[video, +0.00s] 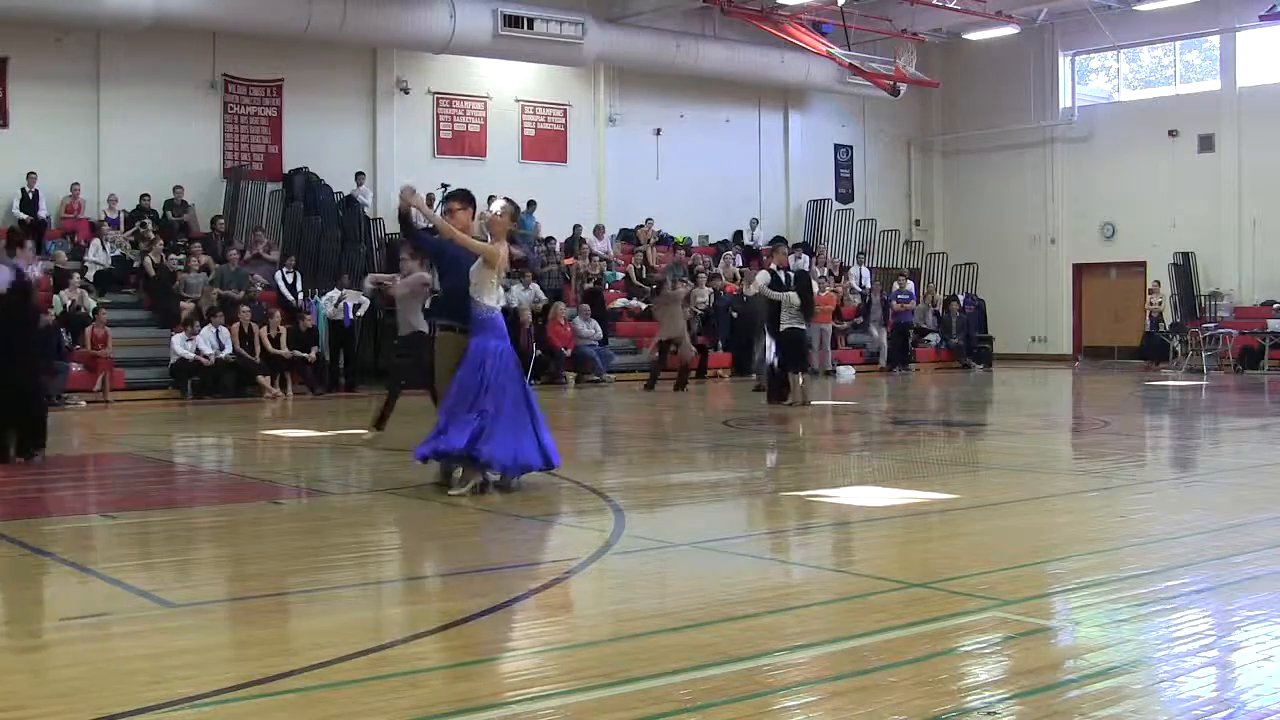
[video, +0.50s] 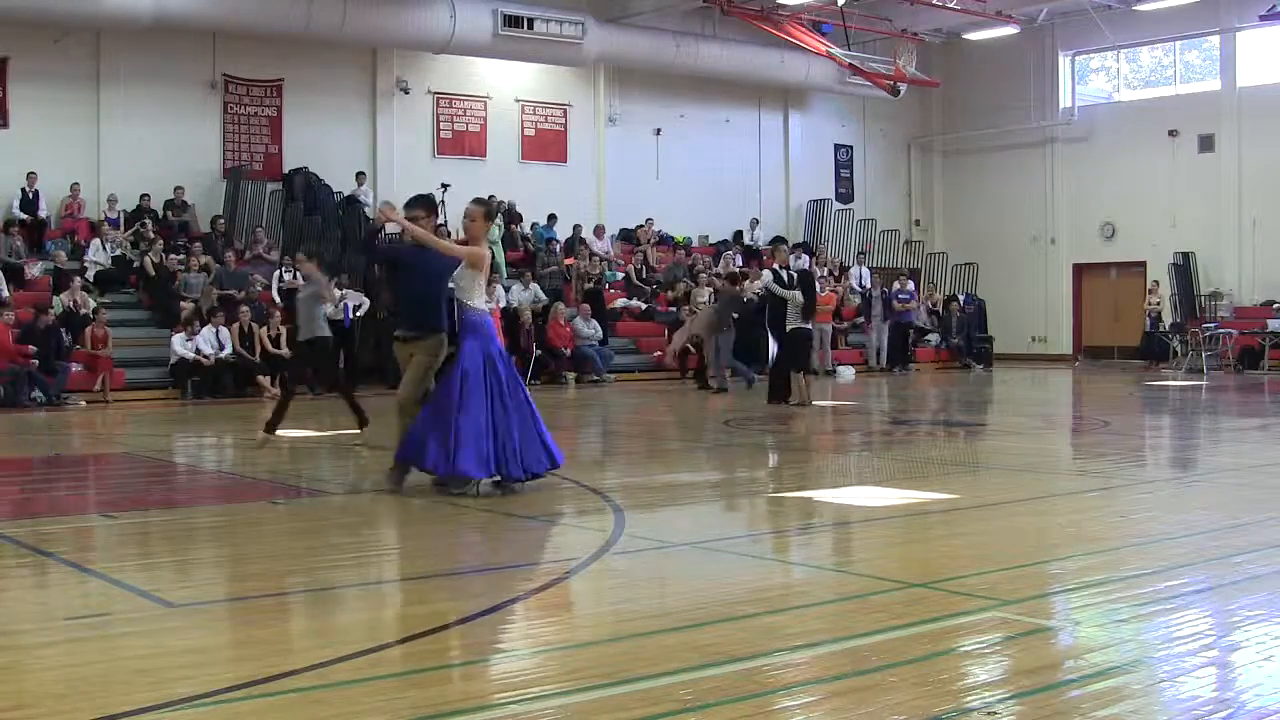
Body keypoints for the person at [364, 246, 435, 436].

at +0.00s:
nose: (401, 264)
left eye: (405, 260)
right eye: (401, 260)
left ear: (419, 261)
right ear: (400, 262)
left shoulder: (422, 278)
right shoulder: (401, 278)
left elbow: (395, 291)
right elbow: (371, 277)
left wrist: (386, 283)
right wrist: (370, 285)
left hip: (420, 336)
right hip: (403, 337)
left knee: (431, 383)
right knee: (395, 382)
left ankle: (448, 422)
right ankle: (377, 426)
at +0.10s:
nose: (383, 259)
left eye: (387, 255)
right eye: (382, 255)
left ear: (399, 256)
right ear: (383, 257)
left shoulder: (403, 276)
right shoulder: (381, 276)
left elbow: (417, 278)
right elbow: (361, 275)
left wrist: (388, 274)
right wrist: (344, 279)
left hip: (397, 331)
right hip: (383, 331)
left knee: (384, 380)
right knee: (394, 380)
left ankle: (374, 429)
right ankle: (426, 413)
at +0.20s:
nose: (362, 259)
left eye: (366, 255)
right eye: (362, 255)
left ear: (378, 257)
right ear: (363, 258)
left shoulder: (383, 277)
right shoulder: (364, 278)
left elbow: (400, 280)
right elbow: (351, 275)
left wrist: (377, 269)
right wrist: (331, 274)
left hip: (379, 328)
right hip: (364, 328)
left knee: (374, 376)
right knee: (361, 375)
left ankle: (374, 427)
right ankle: (381, 409)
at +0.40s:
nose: (322, 265)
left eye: (326, 261)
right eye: (321, 262)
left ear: (340, 264)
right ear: (325, 265)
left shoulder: (346, 281)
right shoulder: (325, 284)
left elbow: (363, 300)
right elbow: (305, 279)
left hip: (345, 334)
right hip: (327, 338)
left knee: (359, 377)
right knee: (311, 380)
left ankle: (372, 423)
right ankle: (289, 418)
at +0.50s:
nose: (298, 267)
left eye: (302, 262)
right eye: (297, 263)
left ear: (314, 264)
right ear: (299, 267)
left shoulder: (320, 282)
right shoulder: (305, 286)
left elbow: (330, 299)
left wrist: (318, 276)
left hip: (321, 339)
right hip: (304, 340)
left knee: (334, 381)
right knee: (290, 384)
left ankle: (361, 417)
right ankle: (271, 426)